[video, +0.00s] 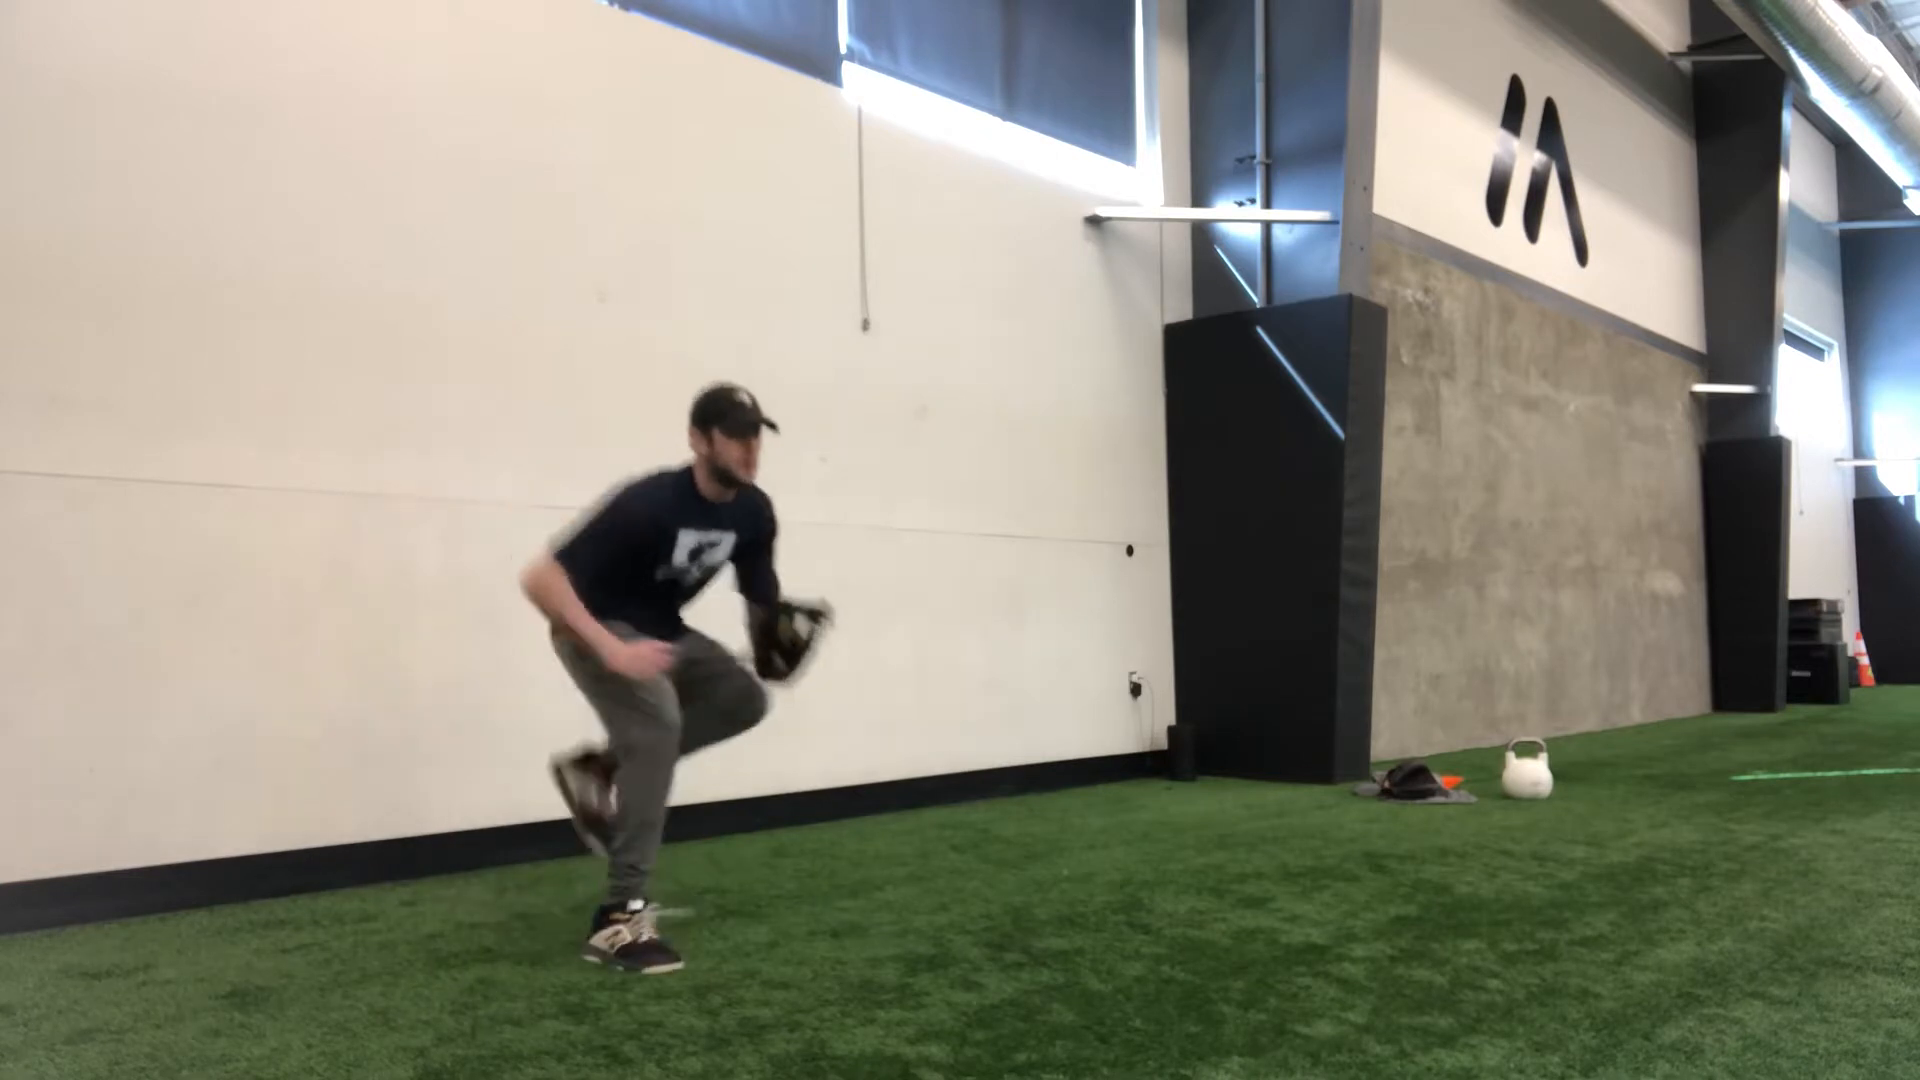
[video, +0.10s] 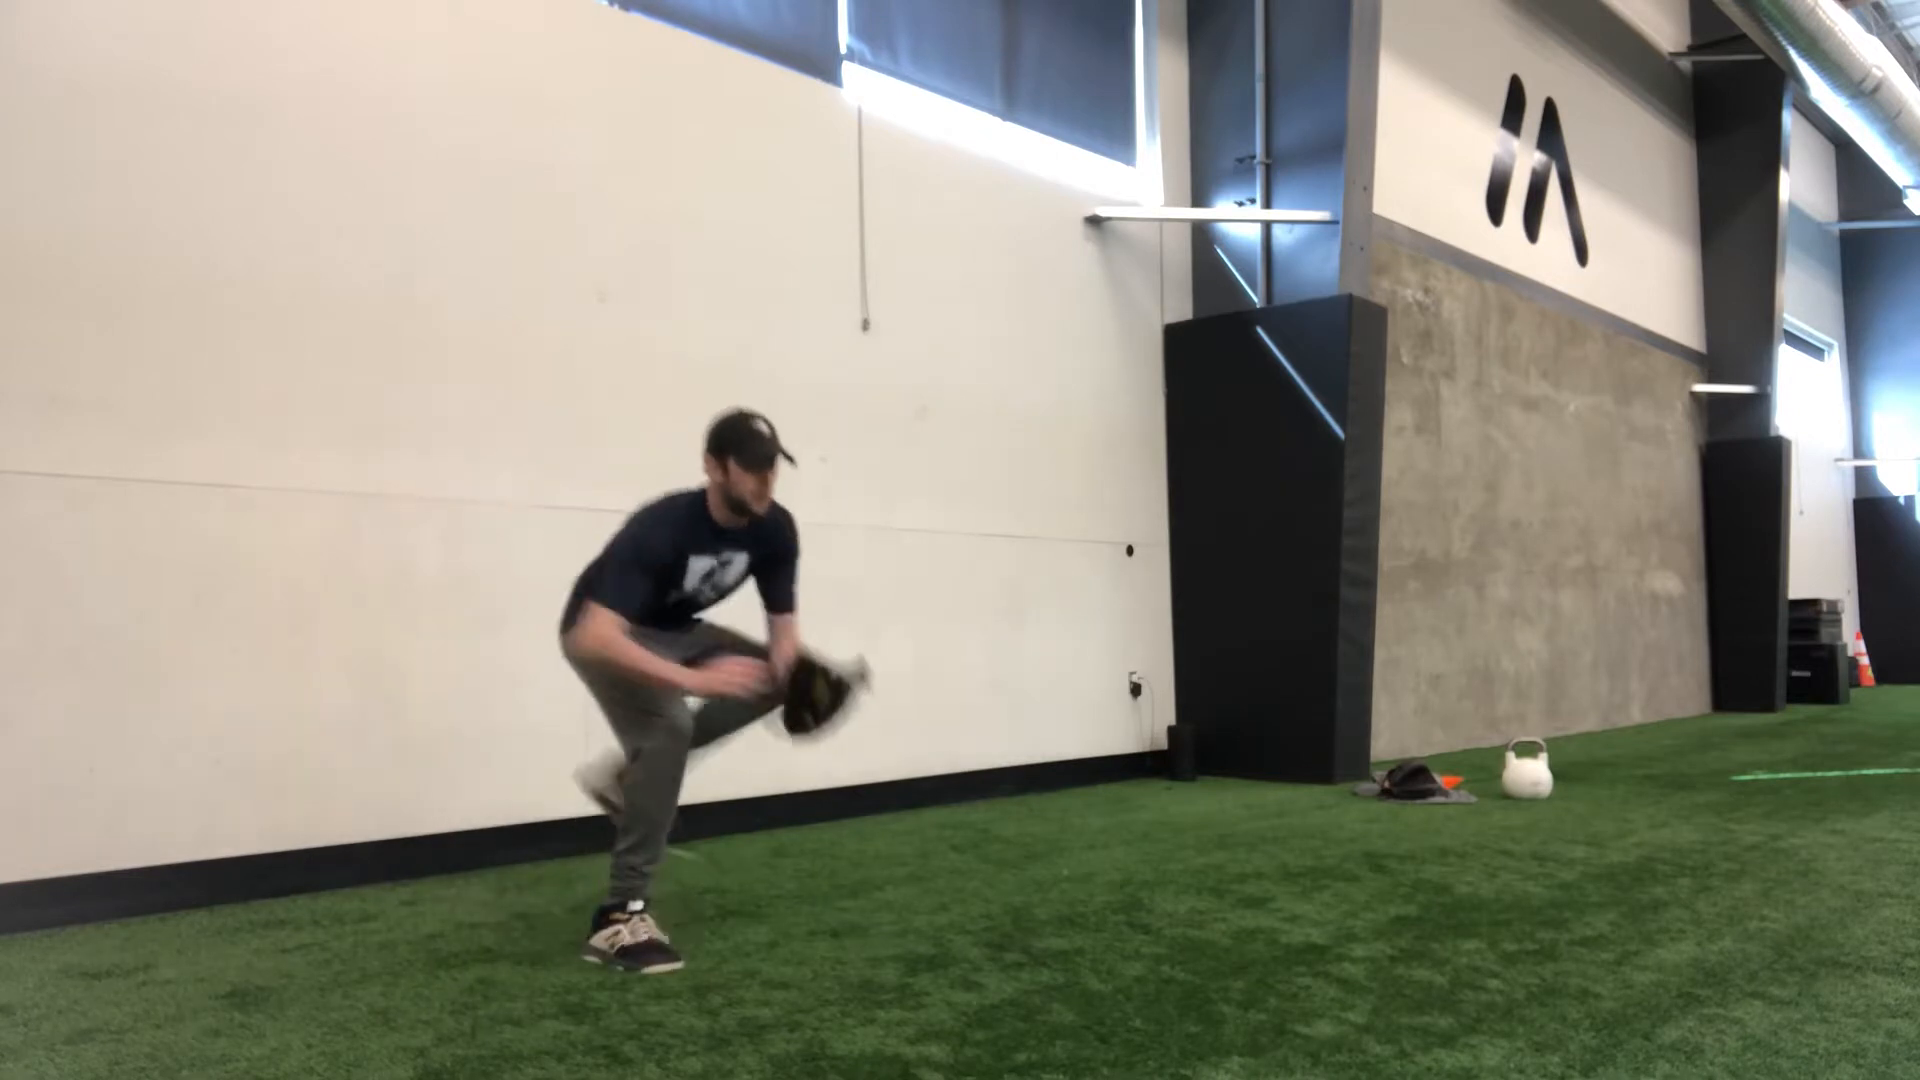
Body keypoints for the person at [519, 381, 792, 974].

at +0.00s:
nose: (752, 453)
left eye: (756, 440)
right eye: (739, 441)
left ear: (757, 441)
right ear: (701, 441)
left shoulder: (752, 512)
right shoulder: (647, 502)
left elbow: (762, 601)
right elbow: (541, 578)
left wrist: (771, 647)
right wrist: (611, 649)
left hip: (660, 631)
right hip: (596, 631)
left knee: (740, 700)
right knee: (653, 732)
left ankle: (603, 775)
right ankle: (622, 915)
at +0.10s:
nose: (768, 483)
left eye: (773, 470)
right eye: (756, 470)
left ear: (776, 468)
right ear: (716, 468)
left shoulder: (773, 530)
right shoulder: (662, 526)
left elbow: (782, 630)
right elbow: (594, 634)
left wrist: (792, 678)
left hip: (676, 634)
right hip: (607, 636)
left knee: (770, 680)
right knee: (668, 732)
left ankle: (628, 775)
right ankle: (622, 914)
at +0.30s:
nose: (817, 556)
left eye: (823, 542)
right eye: (805, 542)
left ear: (829, 535)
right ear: (767, 531)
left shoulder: (816, 590)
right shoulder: (708, 573)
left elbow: (812, 704)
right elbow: (720, 704)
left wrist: (835, 786)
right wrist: (832, 719)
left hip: (719, 639)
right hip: (638, 633)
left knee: (818, 720)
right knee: (669, 730)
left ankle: (904, 837)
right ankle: (622, 913)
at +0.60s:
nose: (918, 645)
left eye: (923, 632)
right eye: (907, 630)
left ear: (921, 626)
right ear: (867, 617)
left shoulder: (911, 668)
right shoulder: (809, 647)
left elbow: (897, 788)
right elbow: (837, 790)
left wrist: (929, 878)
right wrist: (924, 870)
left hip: (822, 678)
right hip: (734, 660)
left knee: (924, 736)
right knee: (726, 750)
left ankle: (968, 876)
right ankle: (627, 914)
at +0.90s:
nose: (1050, 468)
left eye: (1055, 455)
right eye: (1038, 455)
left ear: (1063, 460)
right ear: (1005, 456)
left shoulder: (1076, 528)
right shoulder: (950, 506)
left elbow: (1070, 606)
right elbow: (868, 552)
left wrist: (1032, 601)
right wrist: (904, 580)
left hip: (999, 657)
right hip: (922, 652)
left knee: (1061, 759)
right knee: (863, 755)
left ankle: (976, 873)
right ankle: (736, 881)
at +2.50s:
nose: (1018, 315)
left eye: (1022, 304)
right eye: (1005, 305)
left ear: (1029, 314)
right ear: (976, 317)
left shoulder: (1055, 395)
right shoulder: (943, 399)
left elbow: (1098, 466)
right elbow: (904, 474)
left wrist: (1085, 476)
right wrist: (927, 511)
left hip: (1040, 576)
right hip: (977, 577)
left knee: (1051, 719)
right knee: (1015, 705)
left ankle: (1012, 845)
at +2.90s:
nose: (816, 356)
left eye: (819, 346)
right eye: (803, 346)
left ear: (823, 355)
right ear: (773, 355)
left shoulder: (828, 426)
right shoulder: (733, 424)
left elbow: (812, 488)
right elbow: (657, 484)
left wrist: (834, 526)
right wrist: (713, 542)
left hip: (792, 605)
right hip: (727, 611)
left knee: (866, 702)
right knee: (711, 741)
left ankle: (884, 836)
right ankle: (649, 863)